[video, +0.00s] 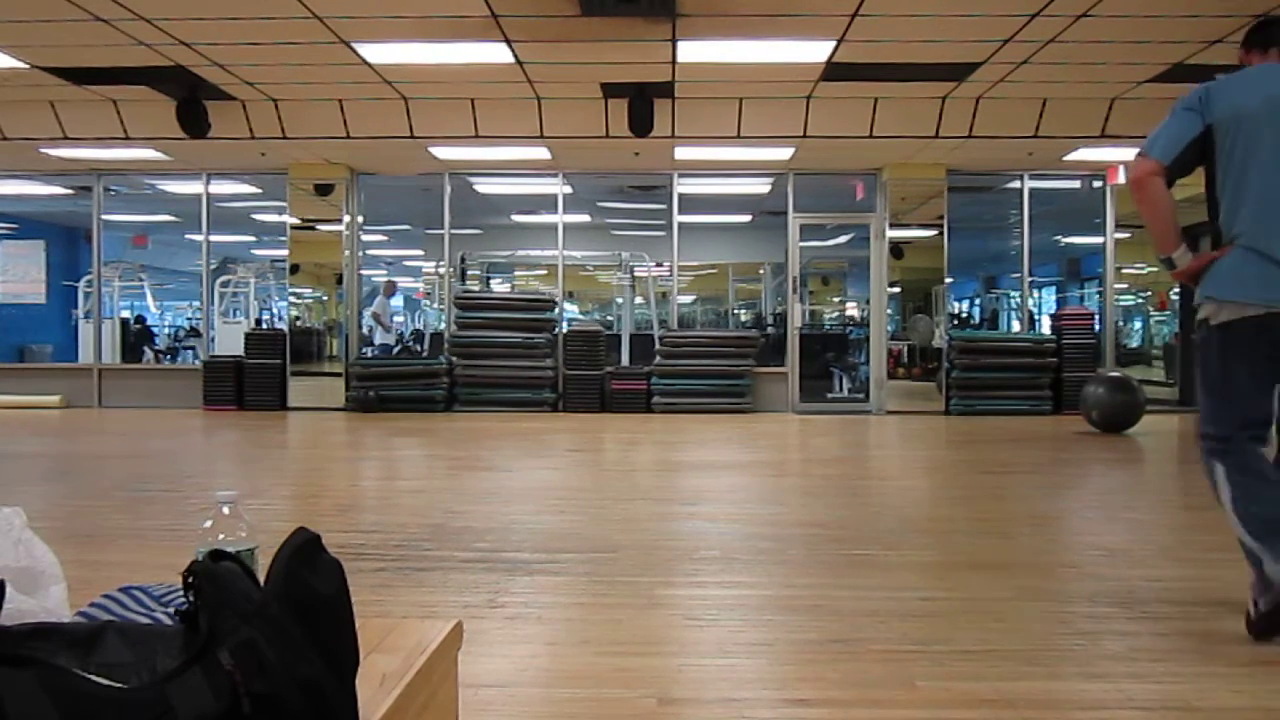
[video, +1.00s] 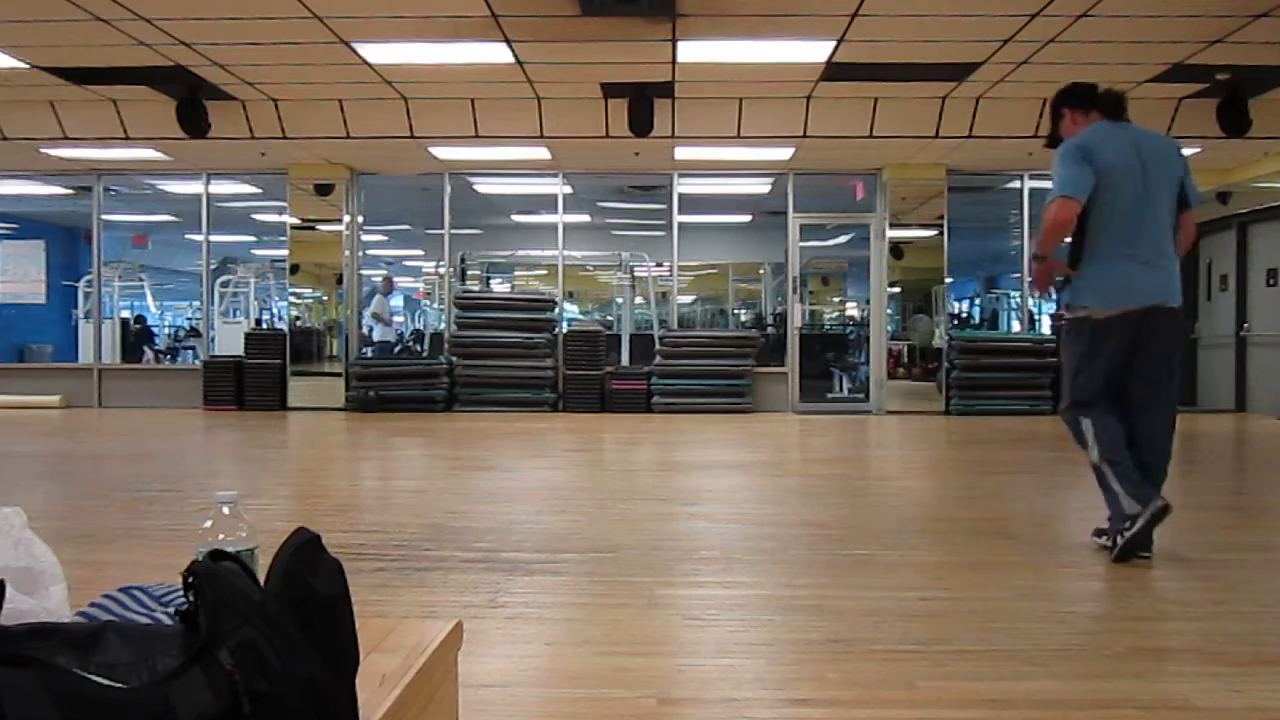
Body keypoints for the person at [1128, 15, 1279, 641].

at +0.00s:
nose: (1239, 69)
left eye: (1241, 58)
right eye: (1248, 58)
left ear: (1250, 52)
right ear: (1278, 51)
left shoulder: (1224, 92)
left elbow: (1146, 172)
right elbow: (1148, 171)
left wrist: (1178, 257)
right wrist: (1181, 255)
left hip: (1248, 292)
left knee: (1232, 441)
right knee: (1249, 442)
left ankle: (1274, 579)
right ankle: (1267, 592)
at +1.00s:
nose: (1062, 136)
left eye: (1061, 128)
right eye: (1060, 129)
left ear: (1076, 115)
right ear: (1108, 112)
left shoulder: (1080, 146)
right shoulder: (1165, 146)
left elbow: (1064, 212)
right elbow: (1187, 229)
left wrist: (1043, 257)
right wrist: (1155, 267)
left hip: (1101, 299)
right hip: (1163, 299)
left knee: (1083, 403)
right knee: (1151, 411)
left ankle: (1136, 504)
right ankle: (1132, 528)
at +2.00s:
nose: (900, 158)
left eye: (900, 147)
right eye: (896, 150)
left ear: (922, 134)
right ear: (922, 137)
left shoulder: (964, 176)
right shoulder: (942, 180)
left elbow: (969, 253)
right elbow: (944, 244)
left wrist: (902, 247)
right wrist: (902, 236)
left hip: (960, 319)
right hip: (938, 316)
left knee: (929, 406)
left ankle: (937, 514)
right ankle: (992, 476)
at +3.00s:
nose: (738, 159)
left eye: (738, 148)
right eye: (732, 152)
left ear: (759, 130)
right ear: (752, 138)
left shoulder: (816, 160)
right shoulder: (759, 180)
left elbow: (880, 196)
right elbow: (778, 240)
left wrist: (899, 265)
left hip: (800, 313)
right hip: (762, 312)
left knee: (784, 412)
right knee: (754, 401)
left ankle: (764, 516)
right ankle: (827, 484)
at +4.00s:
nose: (599, 134)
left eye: (606, 123)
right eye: (592, 125)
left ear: (631, 105)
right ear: (584, 117)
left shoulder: (668, 155)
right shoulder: (591, 156)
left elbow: (736, 207)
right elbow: (584, 220)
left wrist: (727, 281)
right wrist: (575, 275)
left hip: (631, 308)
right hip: (585, 308)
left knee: (597, 409)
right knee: (585, 418)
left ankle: (654, 507)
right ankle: (615, 531)